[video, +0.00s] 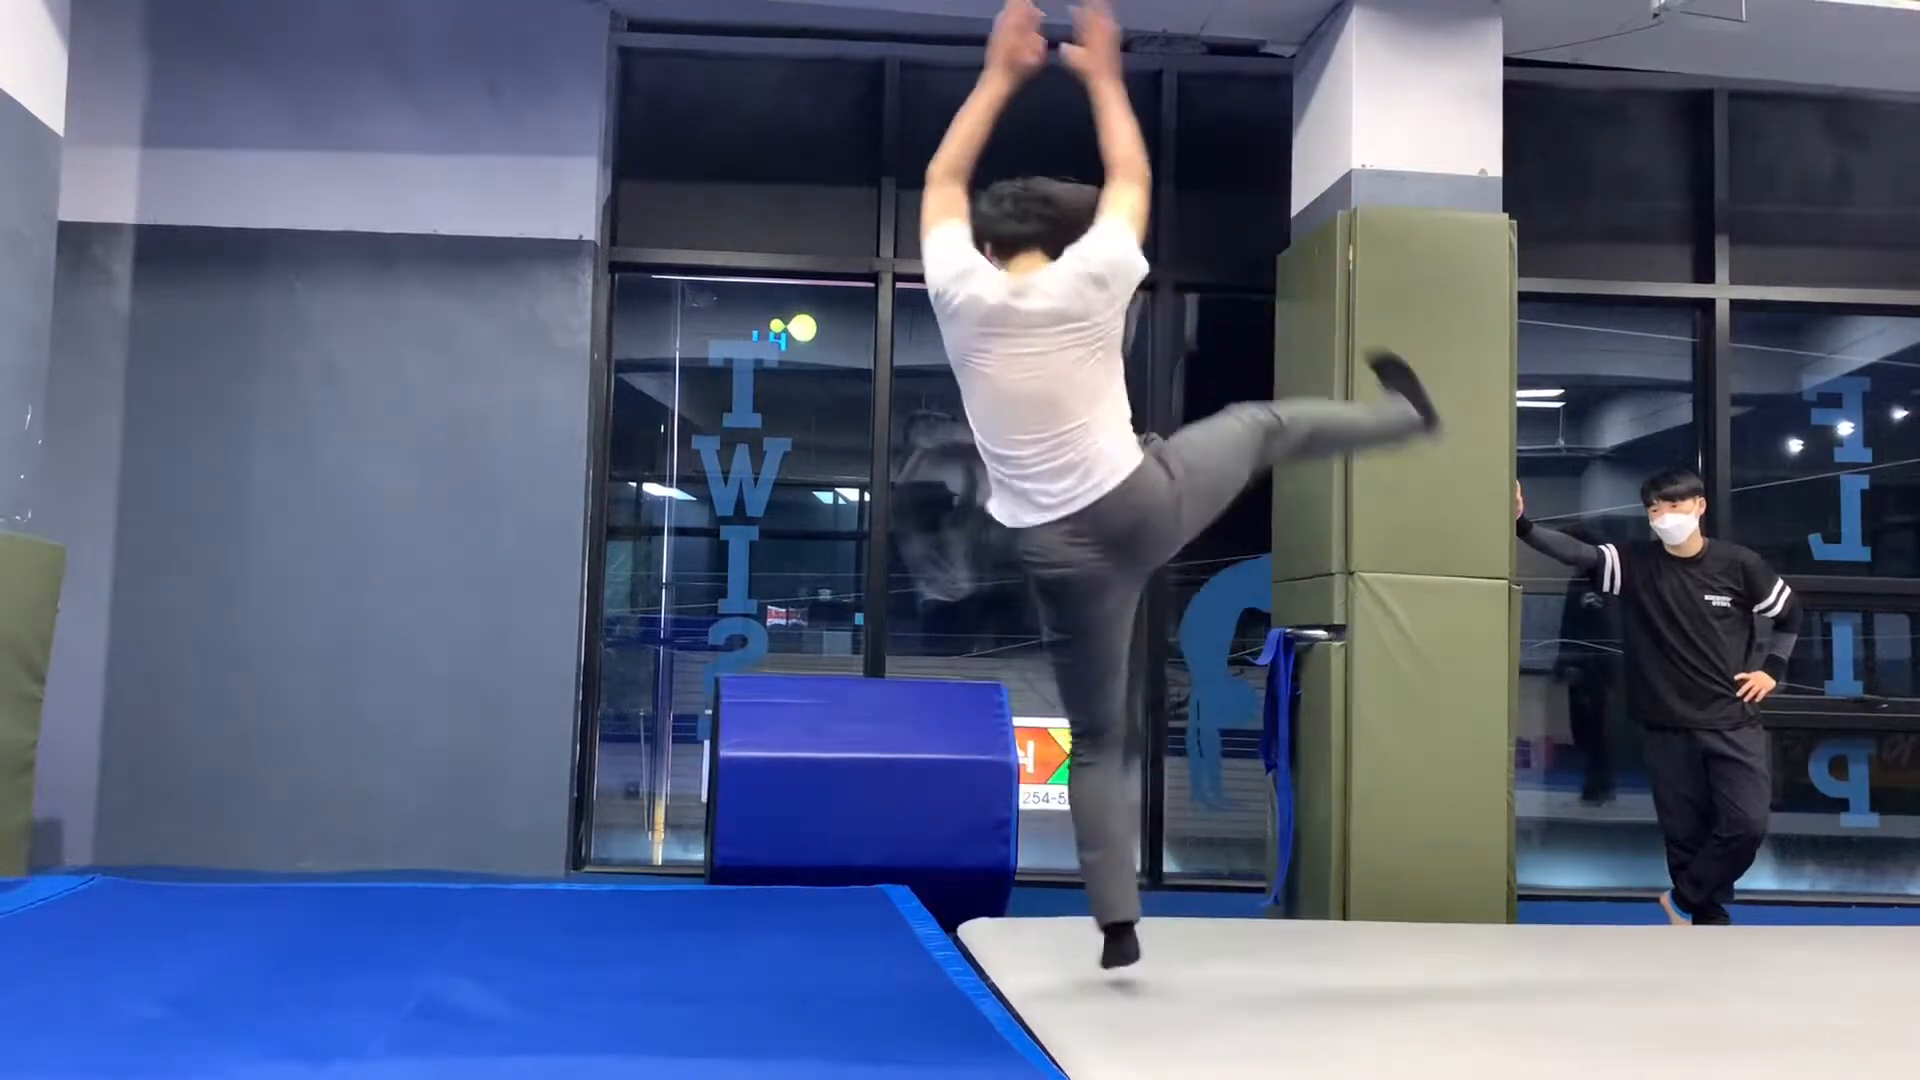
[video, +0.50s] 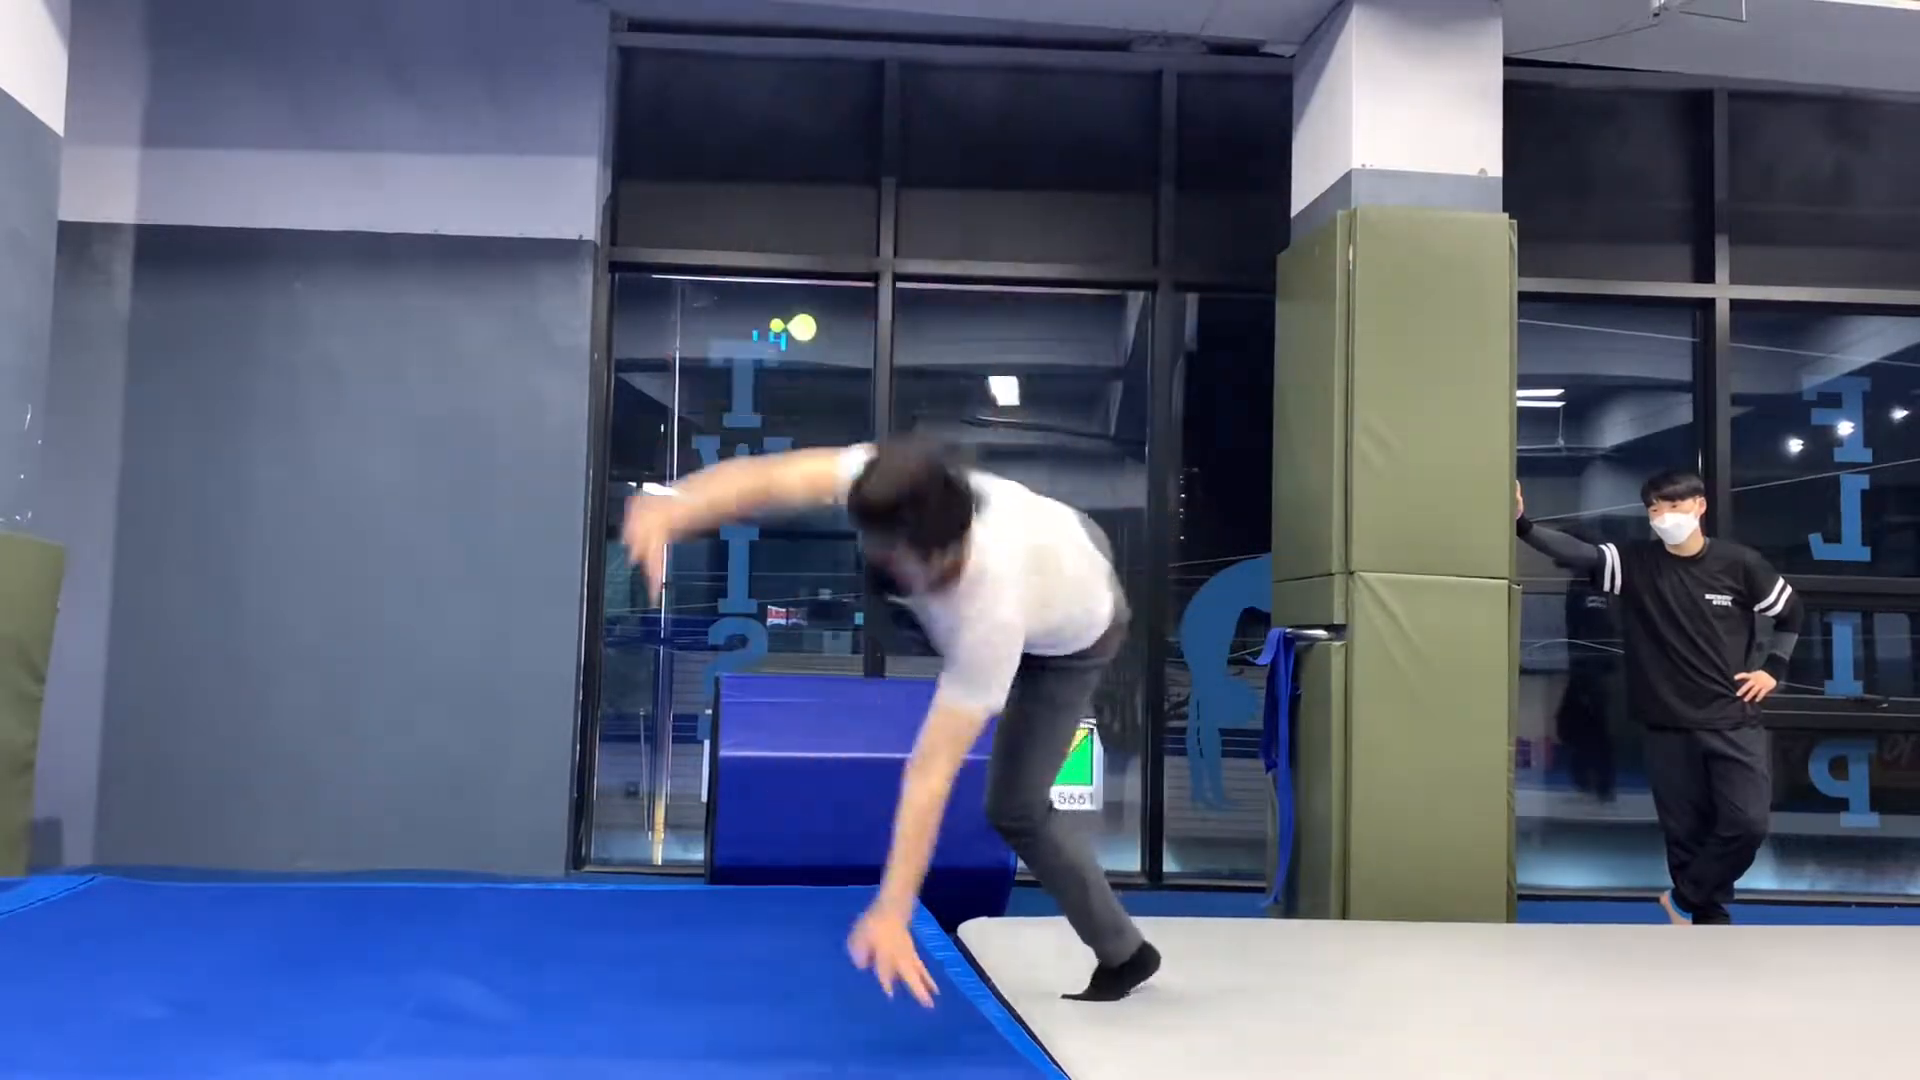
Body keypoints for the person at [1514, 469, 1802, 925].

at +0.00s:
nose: (1664, 512)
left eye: (1675, 502)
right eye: (1656, 505)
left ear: (1699, 506)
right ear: (1648, 513)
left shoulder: (1740, 565)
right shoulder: (1634, 562)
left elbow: (1789, 615)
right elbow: (1578, 552)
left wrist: (1771, 670)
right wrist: (1523, 526)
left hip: (1732, 720)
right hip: (1667, 724)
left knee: (1748, 824)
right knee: (1683, 833)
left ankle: (1684, 900)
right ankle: (1717, 931)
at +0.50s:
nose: (1664, 512)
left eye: (1675, 502)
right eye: (1656, 505)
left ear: (1700, 506)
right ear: (1648, 512)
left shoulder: (1740, 564)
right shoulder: (1634, 561)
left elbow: (1790, 614)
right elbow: (1576, 553)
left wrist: (1772, 670)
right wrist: (1523, 525)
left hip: (1732, 719)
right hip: (1668, 724)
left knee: (1748, 824)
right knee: (1684, 834)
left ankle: (1683, 901)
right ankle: (1717, 932)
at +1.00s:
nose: (1663, 511)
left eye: (1675, 501)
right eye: (1657, 502)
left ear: (1701, 507)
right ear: (1649, 510)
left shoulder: (1741, 564)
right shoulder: (1634, 562)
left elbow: (1790, 615)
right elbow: (1576, 553)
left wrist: (1771, 669)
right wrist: (1523, 525)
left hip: (1733, 719)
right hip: (1668, 724)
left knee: (1748, 824)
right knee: (1683, 834)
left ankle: (1685, 899)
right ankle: (1716, 930)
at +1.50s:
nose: (1661, 512)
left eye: (1674, 503)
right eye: (1656, 503)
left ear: (1699, 510)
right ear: (1649, 509)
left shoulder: (1738, 564)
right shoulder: (1633, 562)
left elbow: (1789, 614)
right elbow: (1577, 553)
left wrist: (1770, 669)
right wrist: (1524, 527)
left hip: (1732, 719)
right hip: (1668, 723)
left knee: (1748, 825)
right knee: (1683, 834)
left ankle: (1684, 899)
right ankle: (1716, 932)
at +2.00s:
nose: (1655, 522)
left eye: (1665, 511)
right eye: (1647, 513)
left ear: (1689, 513)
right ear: (1637, 517)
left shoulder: (1726, 565)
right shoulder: (1628, 558)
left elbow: (1780, 610)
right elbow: (1578, 544)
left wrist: (1768, 665)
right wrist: (1531, 516)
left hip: (1725, 721)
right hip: (1662, 724)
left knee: (1742, 824)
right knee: (1677, 834)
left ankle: (1679, 901)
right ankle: (1709, 927)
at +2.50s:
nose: (1649, 525)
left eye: (1660, 515)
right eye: (1643, 516)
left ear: (1687, 514)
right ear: (1637, 518)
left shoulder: (1728, 567)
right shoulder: (1627, 559)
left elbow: (1770, 616)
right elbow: (1579, 545)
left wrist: (1757, 664)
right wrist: (1531, 517)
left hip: (1723, 719)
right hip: (1660, 723)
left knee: (1742, 823)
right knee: (1676, 831)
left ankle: (1676, 900)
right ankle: (1709, 923)